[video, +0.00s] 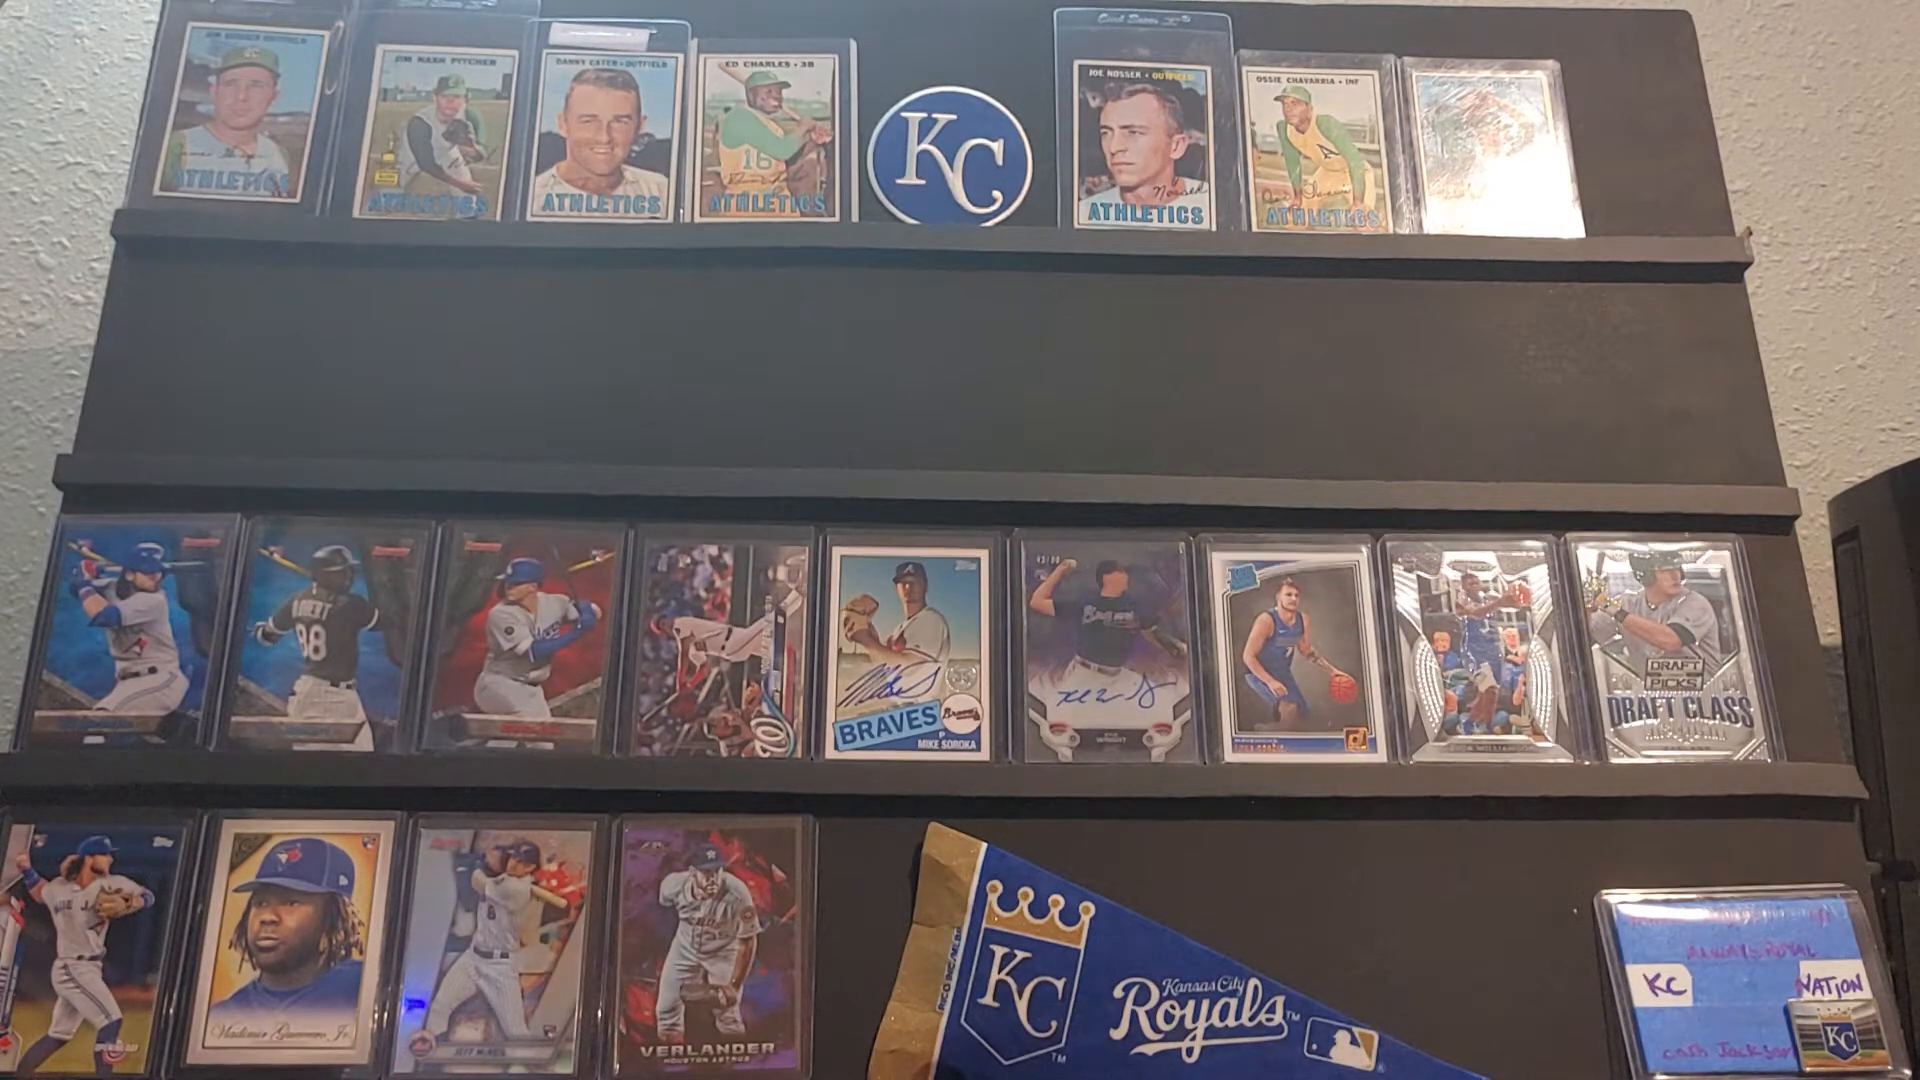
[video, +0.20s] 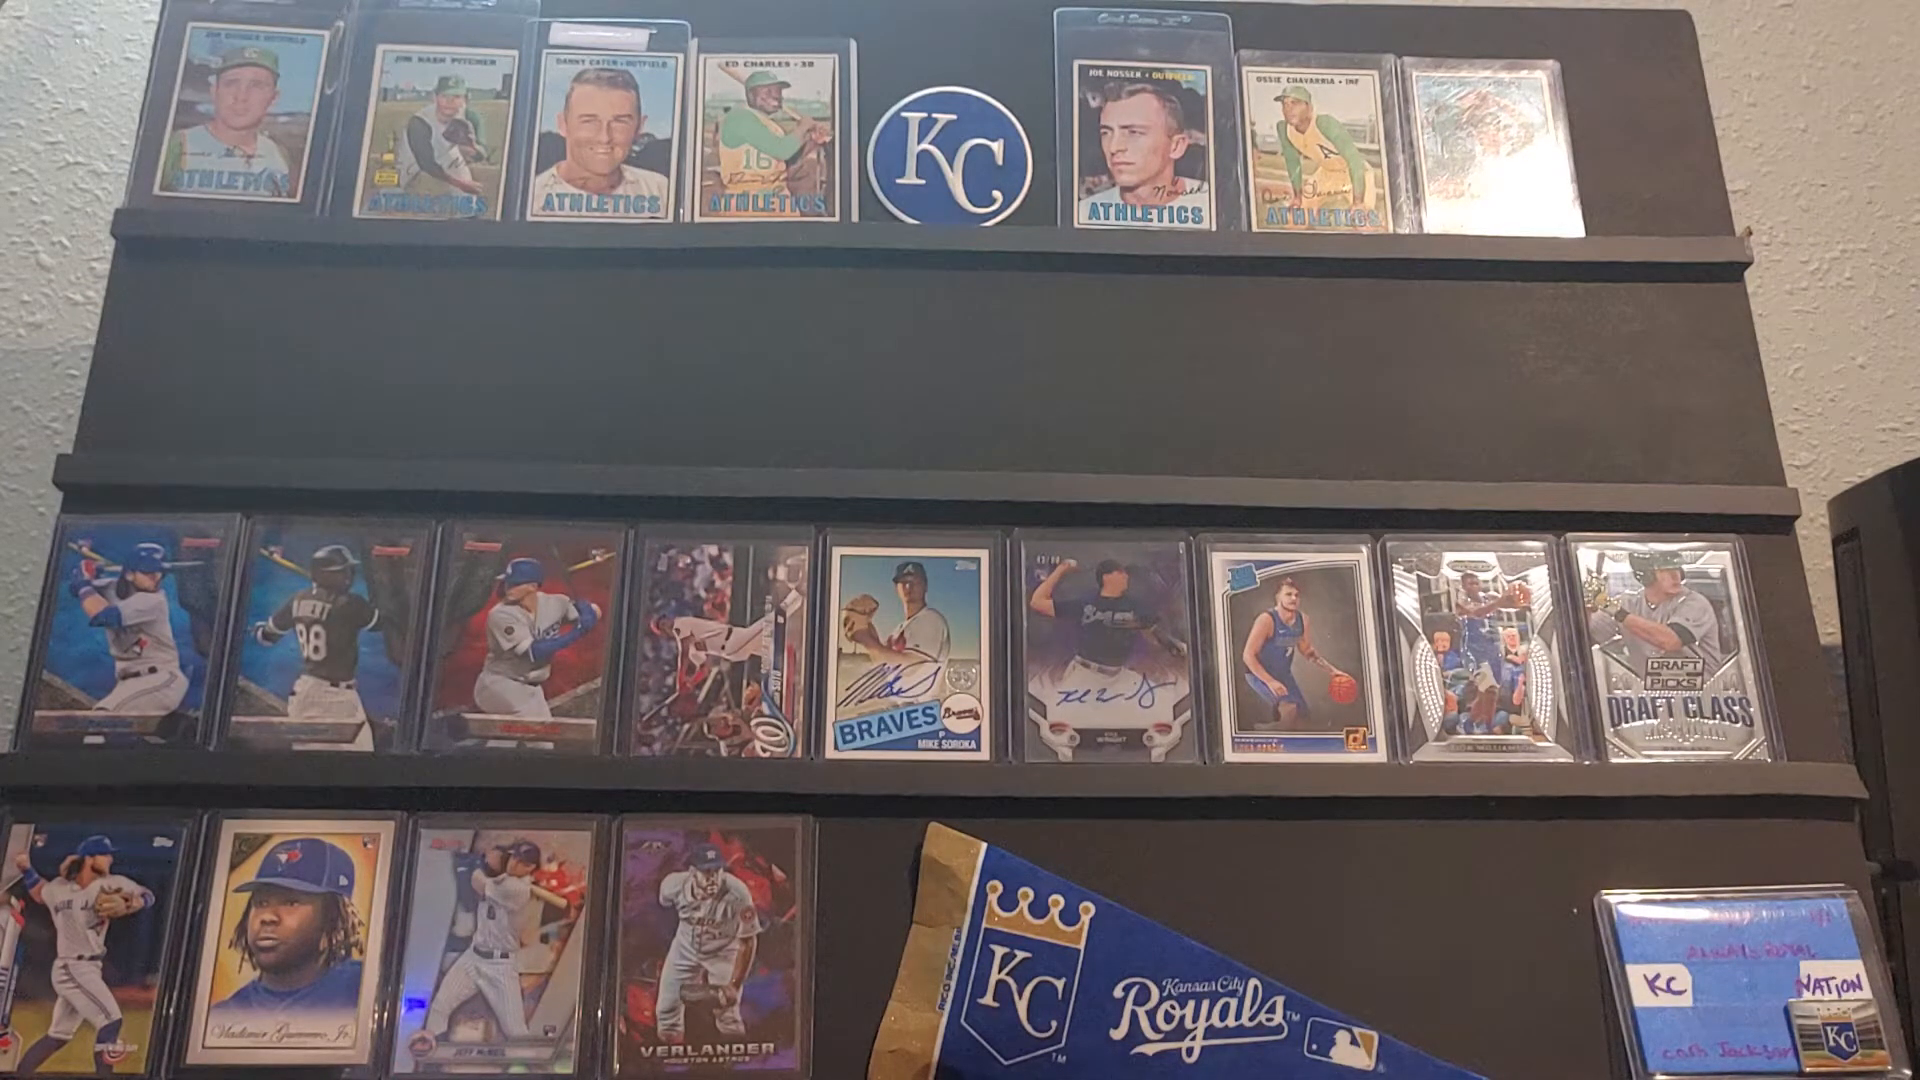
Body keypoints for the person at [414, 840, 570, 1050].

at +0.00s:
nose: (513, 864)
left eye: (520, 862)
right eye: (513, 858)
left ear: (530, 869)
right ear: (509, 858)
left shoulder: (518, 890)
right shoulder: (502, 879)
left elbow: (478, 882)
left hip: (501, 965)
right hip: (473, 957)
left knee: (515, 1030)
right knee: (441, 1004)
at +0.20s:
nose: (513, 863)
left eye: (519, 861)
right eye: (513, 858)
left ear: (530, 868)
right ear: (510, 858)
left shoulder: (518, 889)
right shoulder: (501, 880)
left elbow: (478, 882)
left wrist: (482, 865)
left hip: (501, 965)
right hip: (473, 957)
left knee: (516, 1030)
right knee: (440, 1006)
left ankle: (532, 1071)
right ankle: (428, 1064)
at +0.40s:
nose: (515, 864)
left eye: (522, 863)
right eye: (514, 859)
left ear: (531, 868)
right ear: (509, 858)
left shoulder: (518, 890)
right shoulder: (502, 879)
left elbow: (477, 881)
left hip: (501, 964)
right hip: (473, 957)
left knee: (515, 1030)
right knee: (441, 1004)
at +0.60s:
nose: (514, 864)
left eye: (521, 862)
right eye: (513, 858)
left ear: (531, 868)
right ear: (509, 858)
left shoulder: (519, 890)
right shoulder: (500, 880)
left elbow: (477, 881)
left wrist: (488, 865)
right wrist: (489, 864)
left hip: (501, 965)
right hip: (473, 958)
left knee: (515, 1029)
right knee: (440, 1005)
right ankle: (428, 1065)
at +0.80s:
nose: (515, 864)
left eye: (522, 862)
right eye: (514, 858)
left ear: (531, 868)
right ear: (510, 858)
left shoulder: (518, 890)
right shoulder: (502, 879)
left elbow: (477, 881)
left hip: (501, 965)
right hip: (473, 957)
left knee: (515, 1031)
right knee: (440, 1005)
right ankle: (426, 1065)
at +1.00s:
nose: (515, 865)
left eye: (522, 863)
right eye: (514, 859)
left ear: (531, 868)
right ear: (509, 858)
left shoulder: (518, 890)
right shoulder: (501, 879)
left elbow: (477, 881)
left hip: (501, 965)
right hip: (473, 957)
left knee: (514, 1029)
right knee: (439, 1006)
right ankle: (426, 1066)